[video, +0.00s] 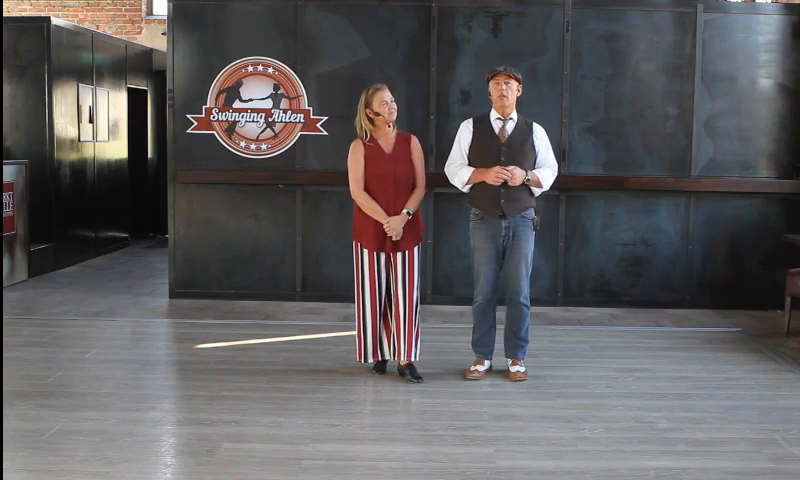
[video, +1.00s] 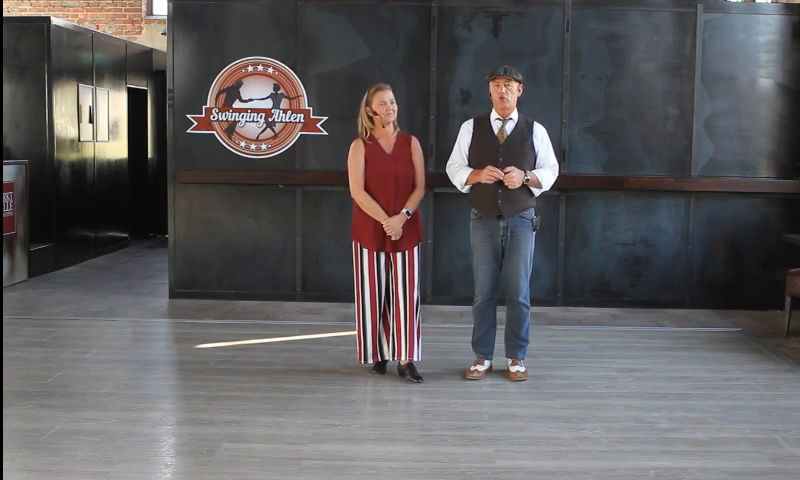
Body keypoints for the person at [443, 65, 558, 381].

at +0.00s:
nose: (503, 91)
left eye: (508, 86)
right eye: (497, 86)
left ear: (518, 91)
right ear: (489, 91)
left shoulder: (534, 131)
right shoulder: (470, 127)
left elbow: (549, 171)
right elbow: (452, 169)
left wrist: (525, 176)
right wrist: (482, 174)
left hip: (521, 221)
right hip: (483, 221)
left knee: (518, 293)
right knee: (484, 292)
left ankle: (516, 359)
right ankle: (482, 358)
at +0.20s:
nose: (502, 90)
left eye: (508, 85)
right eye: (497, 85)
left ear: (518, 91)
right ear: (489, 91)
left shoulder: (534, 130)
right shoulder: (470, 128)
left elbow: (550, 170)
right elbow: (453, 169)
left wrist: (525, 176)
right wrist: (482, 174)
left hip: (522, 221)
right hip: (483, 220)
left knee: (518, 292)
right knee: (484, 292)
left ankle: (516, 359)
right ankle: (482, 358)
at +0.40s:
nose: (502, 90)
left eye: (508, 85)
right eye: (496, 85)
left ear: (517, 90)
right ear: (489, 91)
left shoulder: (534, 130)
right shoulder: (470, 128)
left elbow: (550, 170)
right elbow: (453, 169)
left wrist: (524, 177)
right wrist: (480, 175)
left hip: (522, 220)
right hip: (483, 220)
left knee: (518, 292)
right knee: (484, 292)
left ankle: (516, 359)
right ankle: (482, 358)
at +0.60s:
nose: (502, 90)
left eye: (507, 85)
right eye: (496, 85)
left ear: (517, 90)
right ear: (489, 90)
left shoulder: (535, 130)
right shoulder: (470, 128)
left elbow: (550, 171)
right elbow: (454, 169)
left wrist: (522, 177)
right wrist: (480, 175)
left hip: (521, 220)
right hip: (482, 220)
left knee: (518, 292)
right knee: (484, 292)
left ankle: (516, 359)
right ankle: (482, 358)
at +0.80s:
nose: (502, 90)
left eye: (508, 85)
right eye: (497, 85)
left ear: (518, 90)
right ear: (489, 91)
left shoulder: (535, 130)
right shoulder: (471, 127)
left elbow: (550, 171)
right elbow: (454, 168)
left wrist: (524, 177)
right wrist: (477, 175)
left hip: (521, 220)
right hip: (482, 220)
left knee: (518, 292)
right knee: (484, 292)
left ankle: (516, 359)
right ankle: (482, 358)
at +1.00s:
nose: (503, 92)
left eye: (509, 87)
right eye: (498, 86)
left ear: (518, 91)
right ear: (490, 91)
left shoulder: (535, 130)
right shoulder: (471, 127)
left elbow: (550, 171)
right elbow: (453, 168)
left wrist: (525, 177)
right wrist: (476, 174)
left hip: (521, 220)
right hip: (483, 220)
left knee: (518, 292)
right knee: (484, 292)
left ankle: (516, 359)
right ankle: (482, 358)